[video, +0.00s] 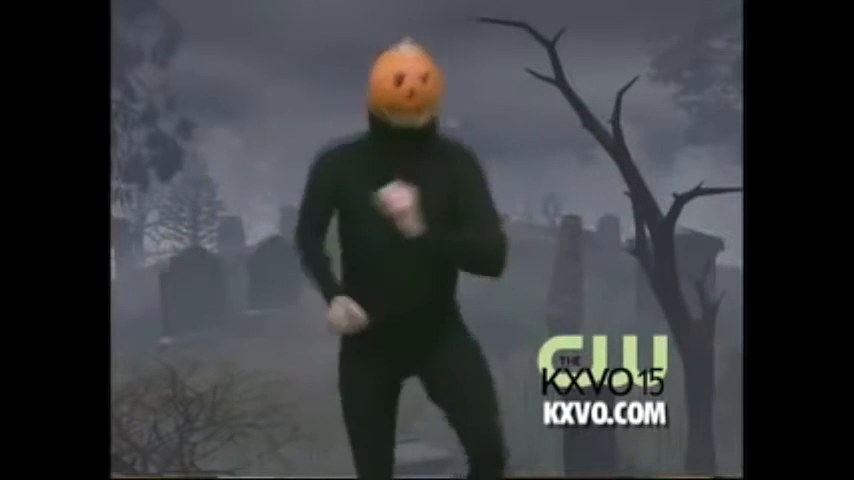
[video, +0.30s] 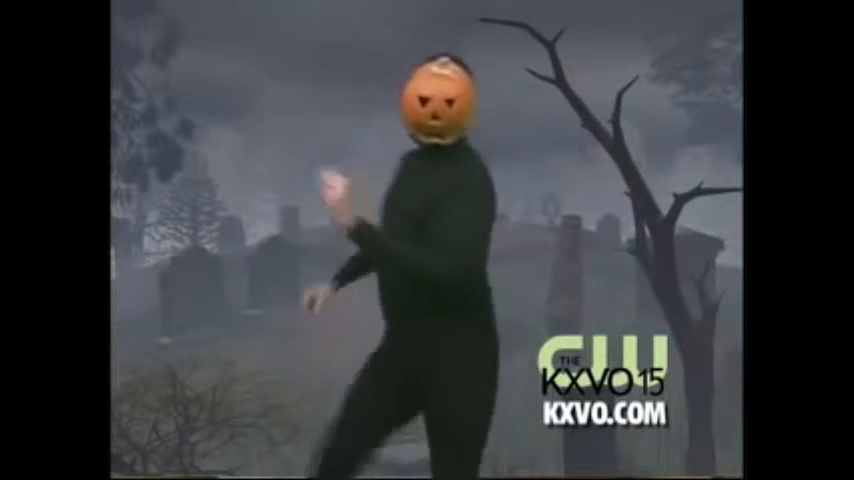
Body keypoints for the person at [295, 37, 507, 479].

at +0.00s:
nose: (410, 87)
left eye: (421, 77)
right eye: (397, 77)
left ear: (437, 91)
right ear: (375, 92)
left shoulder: (456, 162)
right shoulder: (338, 164)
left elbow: (491, 258)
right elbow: (308, 237)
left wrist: (422, 227)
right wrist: (332, 294)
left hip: (440, 332)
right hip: (368, 339)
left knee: (489, 454)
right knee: (373, 470)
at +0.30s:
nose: (435, 111)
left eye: (449, 102)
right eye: (423, 100)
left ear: (468, 110)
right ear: (406, 105)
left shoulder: (469, 177)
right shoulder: (413, 166)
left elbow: (450, 270)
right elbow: (395, 243)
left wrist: (359, 227)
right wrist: (335, 284)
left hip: (459, 354)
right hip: (406, 347)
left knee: (455, 471)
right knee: (335, 461)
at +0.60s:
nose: (443, 79)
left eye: (459, 72)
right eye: (432, 68)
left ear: (478, 87)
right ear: (415, 78)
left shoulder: (476, 158)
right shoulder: (422, 141)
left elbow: (386, 230)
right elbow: (429, 232)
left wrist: (340, 142)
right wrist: (379, 237)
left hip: (460, 335)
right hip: (400, 325)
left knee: (458, 469)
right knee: (342, 450)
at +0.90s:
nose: (432, 128)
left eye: (448, 121)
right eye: (420, 116)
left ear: (466, 135)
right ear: (402, 125)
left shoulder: (473, 207)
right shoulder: (388, 184)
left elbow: (423, 278)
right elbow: (380, 270)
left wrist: (355, 222)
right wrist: (346, 225)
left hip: (459, 363)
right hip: (391, 355)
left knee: (466, 471)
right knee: (314, 434)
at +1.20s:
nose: (393, 73)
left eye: (407, 65)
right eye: (379, 64)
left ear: (423, 79)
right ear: (359, 78)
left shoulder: (444, 152)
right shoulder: (324, 148)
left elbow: (451, 250)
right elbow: (258, 215)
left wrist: (446, 344)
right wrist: (282, 291)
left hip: (405, 338)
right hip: (334, 338)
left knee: (421, 466)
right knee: (322, 467)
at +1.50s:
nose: (345, 128)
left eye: (356, 115)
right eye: (329, 118)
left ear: (374, 123)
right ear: (308, 129)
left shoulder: (376, 182)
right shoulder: (300, 203)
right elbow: (367, 282)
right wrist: (422, 196)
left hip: (368, 342)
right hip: (310, 362)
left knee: (481, 367)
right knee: (308, 471)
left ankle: (407, 467)